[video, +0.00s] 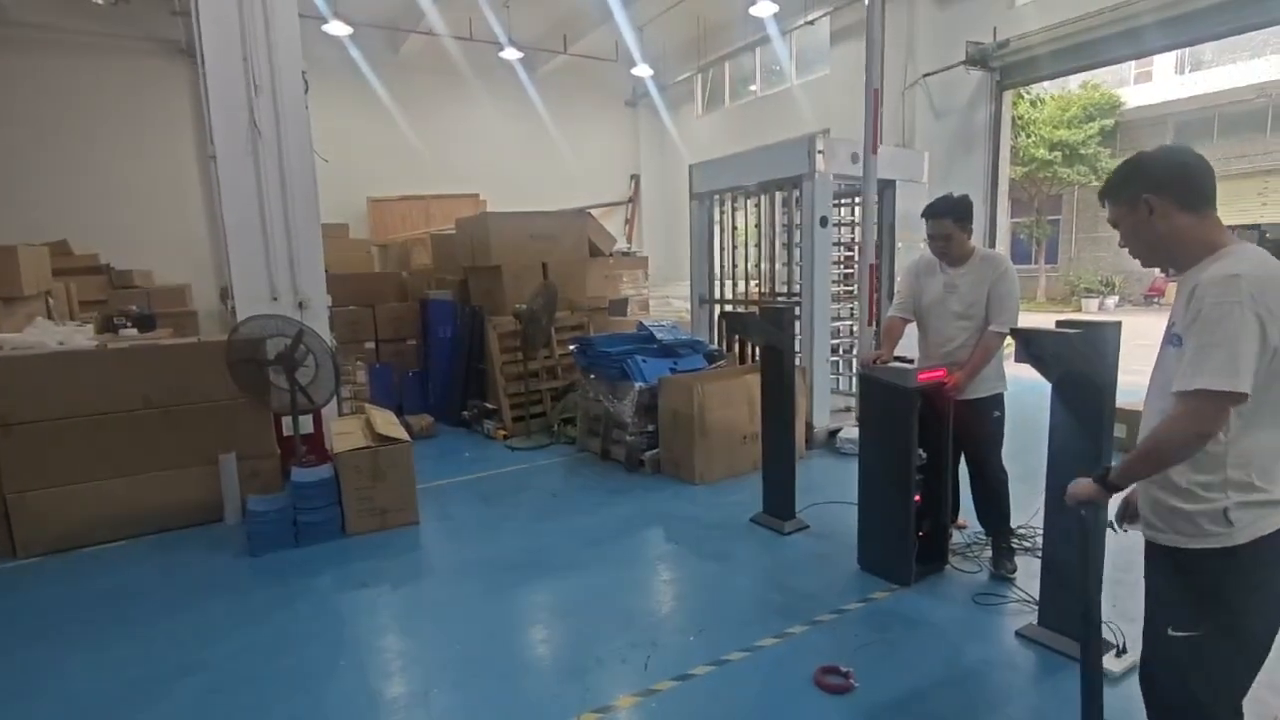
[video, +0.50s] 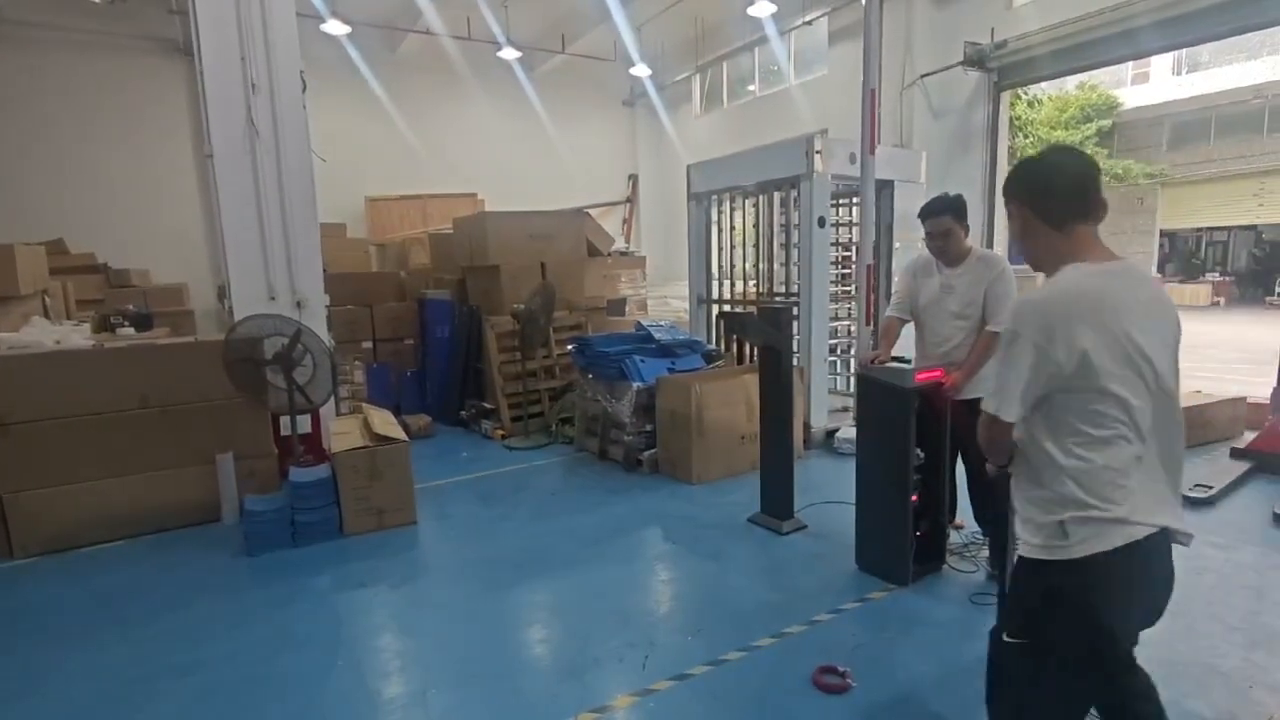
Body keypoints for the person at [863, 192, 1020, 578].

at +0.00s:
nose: (935, 246)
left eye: (943, 238)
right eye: (930, 238)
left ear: (967, 232)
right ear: (925, 233)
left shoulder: (997, 268)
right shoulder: (919, 268)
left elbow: (998, 329)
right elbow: (899, 314)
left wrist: (966, 373)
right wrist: (885, 349)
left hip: (981, 390)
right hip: (933, 390)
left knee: (987, 470)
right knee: (936, 471)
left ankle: (1001, 542)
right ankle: (934, 546)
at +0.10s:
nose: (936, 246)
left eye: (944, 238)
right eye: (930, 238)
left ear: (967, 231)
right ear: (925, 234)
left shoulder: (997, 268)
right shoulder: (919, 267)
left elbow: (997, 329)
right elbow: (898, 313)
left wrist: (965, 373)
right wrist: (884, 350)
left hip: (981, 390)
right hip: (932, 390)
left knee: (986, 471)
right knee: (935, 471)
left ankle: (1000, 542)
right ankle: (933, 545)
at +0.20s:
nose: (936, 246)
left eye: (944, 238)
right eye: (930, 238)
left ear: (967, 231)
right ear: (924, 234)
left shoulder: (996, 268)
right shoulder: (918, 268)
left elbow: (996, 330)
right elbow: (898, 314)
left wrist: (964, 374)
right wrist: (883, 349)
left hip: (981, 391)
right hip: (932, 391)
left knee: (987, 472)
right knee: (935, 471)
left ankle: (1000, 542)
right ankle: (934, 543)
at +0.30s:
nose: (934, 245)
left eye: (941, 237)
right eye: (928, 237)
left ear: (966, 231)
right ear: (924, 234)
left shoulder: (995, 268)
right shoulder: (918, 268)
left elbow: (996, 330)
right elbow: (897, 314)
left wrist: (963, 374)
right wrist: (883, 350)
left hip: (980, 391)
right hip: (932, 391)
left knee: (986, 472)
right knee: (934, 471)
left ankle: (999, 543)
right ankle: (933, 543)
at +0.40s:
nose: (934, 245)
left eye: (942, 237)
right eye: (928, 237)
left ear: (965, 230)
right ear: (923, 234)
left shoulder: (995, 269)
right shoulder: (918, 268)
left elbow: (995, 330)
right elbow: (897, 314)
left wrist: (963, 374)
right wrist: (883, 350)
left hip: (979, 392)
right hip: (931, 391)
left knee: (985, 474)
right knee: (933, 472)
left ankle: (999, 543)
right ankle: (931, 545)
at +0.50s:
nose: (935, 244)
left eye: (943, 236)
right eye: (929, 236)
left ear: (966, 230)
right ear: (923, 234)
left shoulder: (994, 268)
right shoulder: (917, 268)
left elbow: (995, 328)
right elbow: (896, 313)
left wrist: (964, 373)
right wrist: (882, 349)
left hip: (978, 393)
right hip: (929, 392)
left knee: (986, 479)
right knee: (932, 476)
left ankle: (999, 555)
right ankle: (928, 551)